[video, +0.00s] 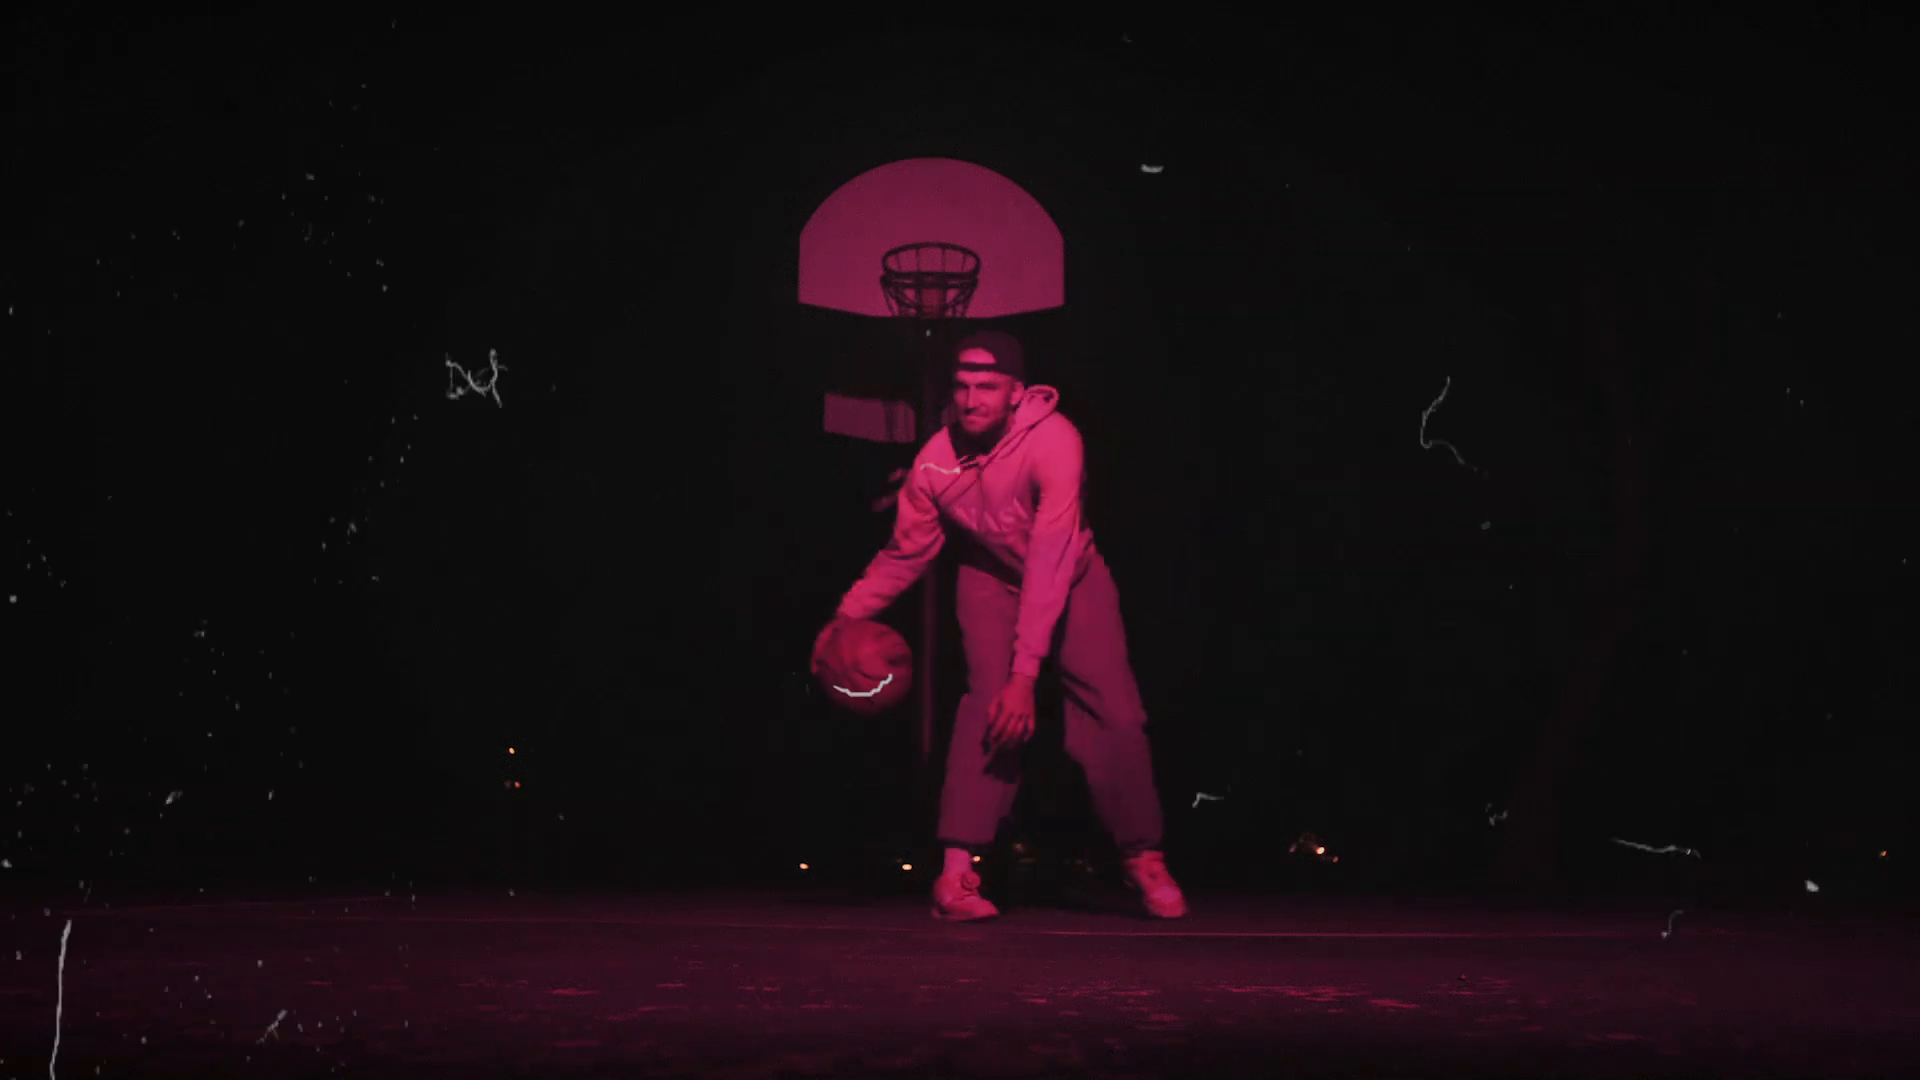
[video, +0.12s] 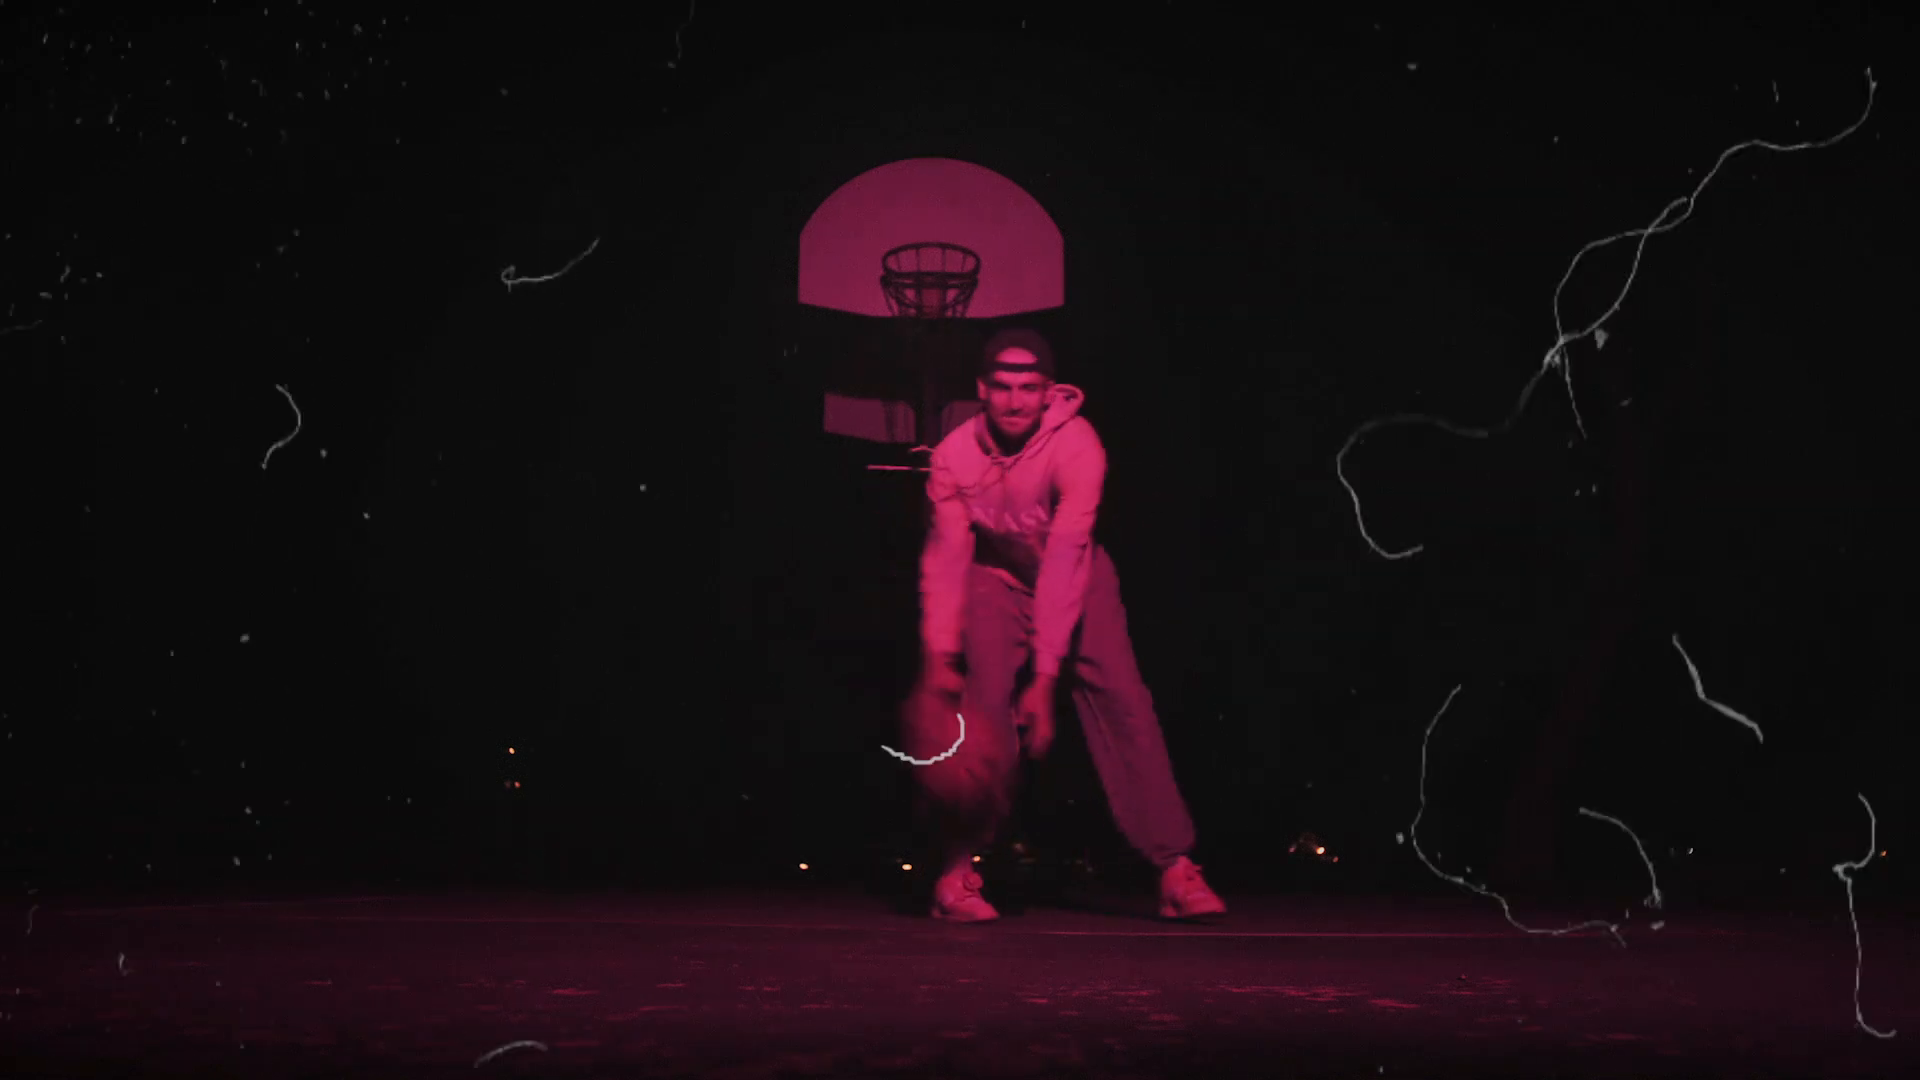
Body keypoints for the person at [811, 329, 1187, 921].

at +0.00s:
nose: (971, 400)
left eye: (987, 387)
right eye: (962, 386)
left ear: (1016, 391)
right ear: (950, 391)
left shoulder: (1054, 440)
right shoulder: (933, 466)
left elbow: (1050, 561)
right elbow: (904, 554)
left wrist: (1024, 676)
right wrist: (848, 616)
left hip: (1071, 572)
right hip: (989, 578)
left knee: (1118, 714)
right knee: (990, 703)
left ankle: (1144, 858)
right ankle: (957, 869)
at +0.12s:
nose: (1015, 401)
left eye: (1029, 388)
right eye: (1002, 387)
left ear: (1047, 391)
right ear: (982, 390)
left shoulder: (1077, 447)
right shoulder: (954, 456)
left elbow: (1066, 560)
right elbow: (945, 555)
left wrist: (1045, 675)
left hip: (1075, 571)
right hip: (994, 575)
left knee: (1123, 698)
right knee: (985, 702)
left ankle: (1175, 867)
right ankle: (958, 869)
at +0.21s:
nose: (1033, 400)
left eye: (1046, 387)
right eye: (1018, 387)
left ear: (1062, 391)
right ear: (995, 390)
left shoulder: (1089, 449)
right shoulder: (963, 456)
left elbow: (1080, 559)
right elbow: (965, 562)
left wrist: (1068, 678)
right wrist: (980, 666)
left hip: (1082, 586)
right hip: (1006, 587)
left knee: (1129, 706)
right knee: (985, 707)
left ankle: (1182, 865)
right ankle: (957, 871)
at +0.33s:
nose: (1081, 391)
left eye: (1092, 377)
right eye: (1065, 377)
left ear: (1105, 382)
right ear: (1036, 382)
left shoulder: (1127, 446)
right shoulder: (998, 448)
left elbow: (1149, 557)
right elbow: (1014, 553)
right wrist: (1056, 644)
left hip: (1095, 583)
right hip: (1009, 583)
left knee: (1136, 702)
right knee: (1000, 702)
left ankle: (1187, 871)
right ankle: (962, 868)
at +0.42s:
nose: (1108, 379)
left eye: (1118, 366)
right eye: (1090, 366)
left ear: (1130, 373)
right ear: (1060, 373)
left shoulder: (1150, 439)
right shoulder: (1016, 442)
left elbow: (1186, 540)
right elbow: (1019, 550)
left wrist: (1240, 643)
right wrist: (1064, 625)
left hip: (1106, 576)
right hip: (1016, 575)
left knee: (1144, 704)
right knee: (989, 702)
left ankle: (1188, 871)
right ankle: (956, 860)